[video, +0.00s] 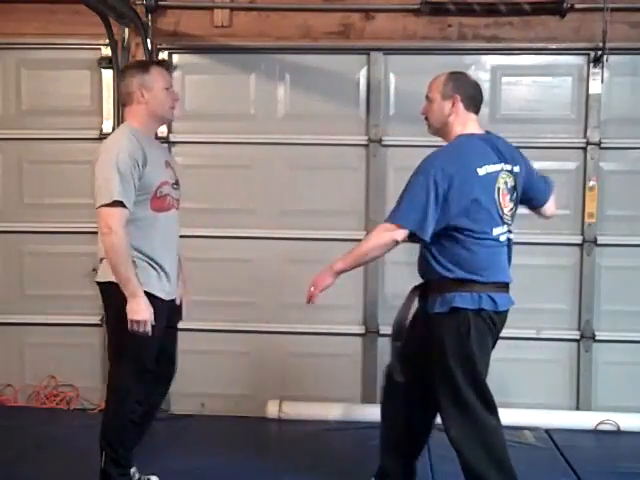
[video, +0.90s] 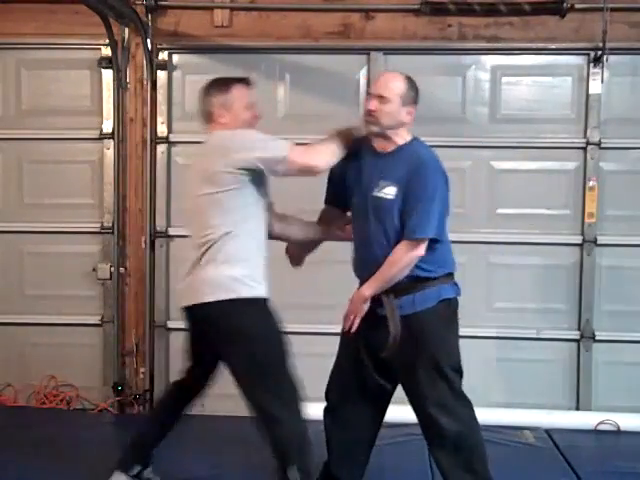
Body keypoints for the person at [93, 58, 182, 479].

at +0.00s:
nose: (176, 96)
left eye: (174, 88)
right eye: (167, 89)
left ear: (149, 96)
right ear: (140, 96)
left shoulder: (158, 146)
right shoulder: (120, 147)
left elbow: (161, 221)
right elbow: (111, 229)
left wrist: (178, 278)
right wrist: (134, 295)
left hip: (160, 287)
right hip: (131, 288)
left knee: (157, 376)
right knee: (130, 380)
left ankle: (121, 462)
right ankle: (116, 468)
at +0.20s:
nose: (169, 101)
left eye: (167, 94)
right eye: (161, 94)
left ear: (139, 100)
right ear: (133, 100)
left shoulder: (152, 151)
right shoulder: (119, 147)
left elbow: (173, 213)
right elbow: (123, 222)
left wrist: (188, 263)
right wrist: (164, 269)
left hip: (154, 282)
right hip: (134, 281)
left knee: (136, 382)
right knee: (183, 371)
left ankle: (112, 471)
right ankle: (145, 465)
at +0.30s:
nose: (170, 102)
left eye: (167, 95)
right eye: (162, 95)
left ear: (142, 102)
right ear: (134, 102)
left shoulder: (158, 152)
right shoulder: (119, 146)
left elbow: (174, 210)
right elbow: (143, 208)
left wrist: (196, 245)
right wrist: (193, 231)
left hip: (160, 276)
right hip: (137, 276)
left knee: (141, 382)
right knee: (200, 358)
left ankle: (113, 471)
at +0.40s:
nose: (171, 104)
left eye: (169, 97)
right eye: (163, 97)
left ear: (143, 103)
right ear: (136, 102)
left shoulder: (160, 153)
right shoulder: (122, 145)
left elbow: (187, 196)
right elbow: (164, 190)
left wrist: (206, 219)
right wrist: (233, 183)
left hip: (163, 275)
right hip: (144, 276)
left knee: (143, 380)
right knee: (222, 343)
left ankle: (113, 469)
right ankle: (278, 438)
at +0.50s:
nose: (177, 105)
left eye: (175, 97)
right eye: (169, 97)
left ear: (143, 104)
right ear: (141, 102)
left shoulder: (145, 145)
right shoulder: (137, 141)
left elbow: (188, 188)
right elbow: (196, 170)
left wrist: (226, 198)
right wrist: (265, 143)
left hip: (156, 272)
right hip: (159, 271)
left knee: (150, 377)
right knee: (243, 335)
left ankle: (115, 470)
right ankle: (311, 425)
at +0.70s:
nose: (207, 111)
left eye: (205, 103)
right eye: (199, 103)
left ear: (171, 110)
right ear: (170, 108)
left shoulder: (159, 153)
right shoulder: (187, 140)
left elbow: (217, 223)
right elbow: (250, 186)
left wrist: (271, 196)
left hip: (163, 286)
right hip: (191, 283)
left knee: (164, 382)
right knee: (256, 371)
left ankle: (118, 470)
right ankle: (316, 466)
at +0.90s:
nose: (255, 113)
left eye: (253, 106)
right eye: (248, 107)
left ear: (218, 112)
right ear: (221, 109)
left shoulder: (208, 154)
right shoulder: (236, 143)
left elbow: (269, 223)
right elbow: (312, 160)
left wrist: (326, 229)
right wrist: (346, 137)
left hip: (203, 298)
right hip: (236, 296)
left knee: (194, 380)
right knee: (279, 400)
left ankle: (131, 462)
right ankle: (301, 470)